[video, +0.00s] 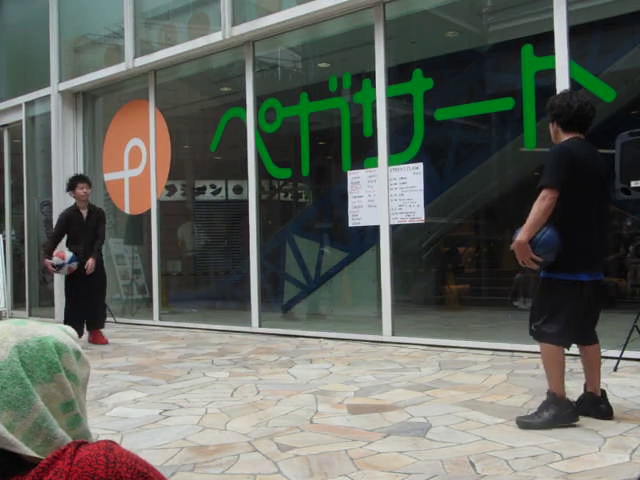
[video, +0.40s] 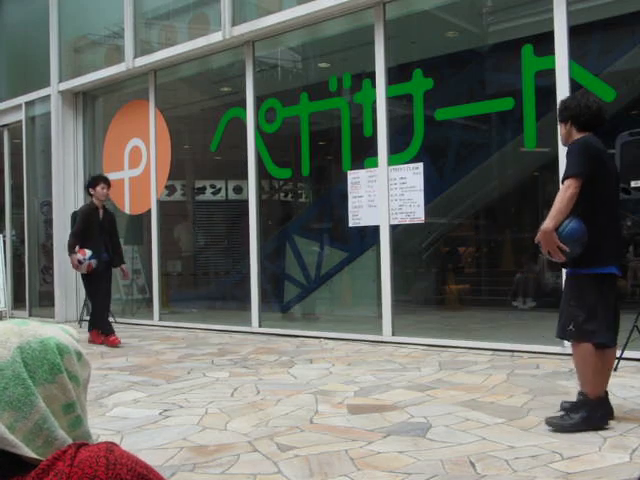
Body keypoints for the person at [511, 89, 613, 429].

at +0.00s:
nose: (549, 128)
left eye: (549, 123)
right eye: (550, 122)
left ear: (555, 125)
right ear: (585, 124)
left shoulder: (561, 154)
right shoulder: (598, 158)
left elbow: (549, 197)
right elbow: (596, 209)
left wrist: (522, 237)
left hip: (563, 263)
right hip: (591, 263)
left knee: (548, 327)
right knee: (585, 328)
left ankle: (557, 402)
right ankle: (594, 397)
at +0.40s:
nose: (560, 131)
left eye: (561, 125)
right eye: (560, 125)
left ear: (570, 124)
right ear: (592, 123)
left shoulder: (581, 147)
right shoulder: (601, 150)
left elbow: (571, 188)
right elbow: (599, 205)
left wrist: (547, 227)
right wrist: (553, 232)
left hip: (587, 260)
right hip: (604, 259)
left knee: (581, 330)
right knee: (602, 334)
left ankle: (592, 404)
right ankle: (596, 398)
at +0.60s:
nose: (569, 128)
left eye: (571, 121)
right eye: (569, 121)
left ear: (583, 120)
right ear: (597, 120)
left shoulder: (592, 147)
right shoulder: (609, 148)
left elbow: (582, 190)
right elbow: (602, 207)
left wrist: (556, 228)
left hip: (598, 257)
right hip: (609, 255)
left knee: (601, 329)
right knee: (605, 329)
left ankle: (638, 392)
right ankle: (596, 396)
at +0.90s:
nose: (586, 120)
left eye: (589, 114)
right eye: (587, 114)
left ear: (603, 114)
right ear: (612, 115)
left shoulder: (621, 144)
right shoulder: (625, 144)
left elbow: (619, 191)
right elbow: (618, 194)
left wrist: (607, 237)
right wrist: (605, 238)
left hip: (620, 254)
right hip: (620, 254)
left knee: (611, 324)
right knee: (610, 324)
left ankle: (598, 395)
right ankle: (598, 394)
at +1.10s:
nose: (594, 116)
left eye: (596, 109)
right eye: (594, 109)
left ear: (612, 111)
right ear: (616, 111)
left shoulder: (631, 147)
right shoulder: (626, 146)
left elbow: (632, 204)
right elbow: (625, 205)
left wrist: (637, 248)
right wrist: (619, 248)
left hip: (627, 261)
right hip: (621, 258)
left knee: (620, 327)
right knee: (616, 326)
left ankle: (601, 394)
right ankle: (601, 393)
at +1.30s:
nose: (599, 113)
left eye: (602, 106)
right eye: (599, 106)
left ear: (618, 108)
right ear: (619, 107)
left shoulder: (633, 145)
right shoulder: (622, 144)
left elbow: (629, 212)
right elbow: (623, 209)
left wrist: (624, 261)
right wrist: (617, 260)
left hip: (632, 262)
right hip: (625, 260)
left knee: (627, 331)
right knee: (624, 330)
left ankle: (613, 397)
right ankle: (612, 397)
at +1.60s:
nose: (599, 113)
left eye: (601, 106)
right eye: (599, 106)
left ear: (617, 108)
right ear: (619, 107)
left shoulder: (633, 146)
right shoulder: (623, 144)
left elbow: (628, 212)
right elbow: (624, 211)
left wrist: (615, 255)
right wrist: (611, 253)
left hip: (631, 259)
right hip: (621, 257)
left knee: (618, 328)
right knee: (609, 324)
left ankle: (601, 395)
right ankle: (600, 395)